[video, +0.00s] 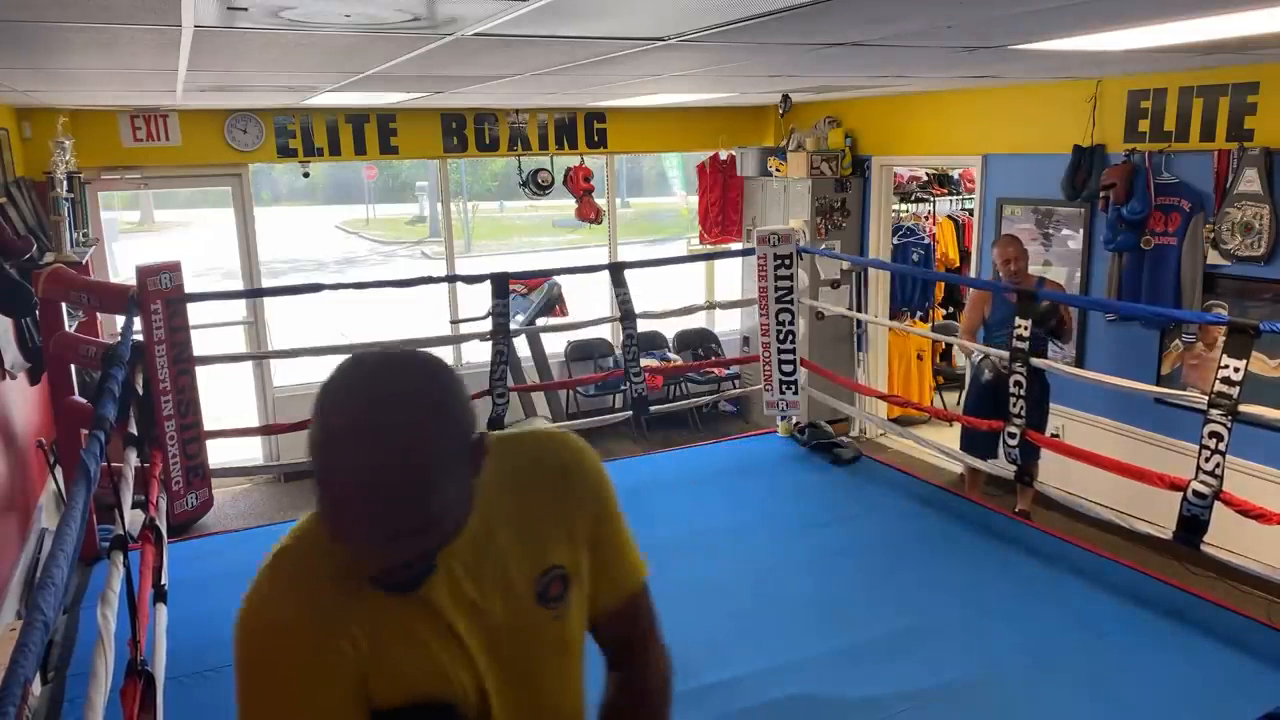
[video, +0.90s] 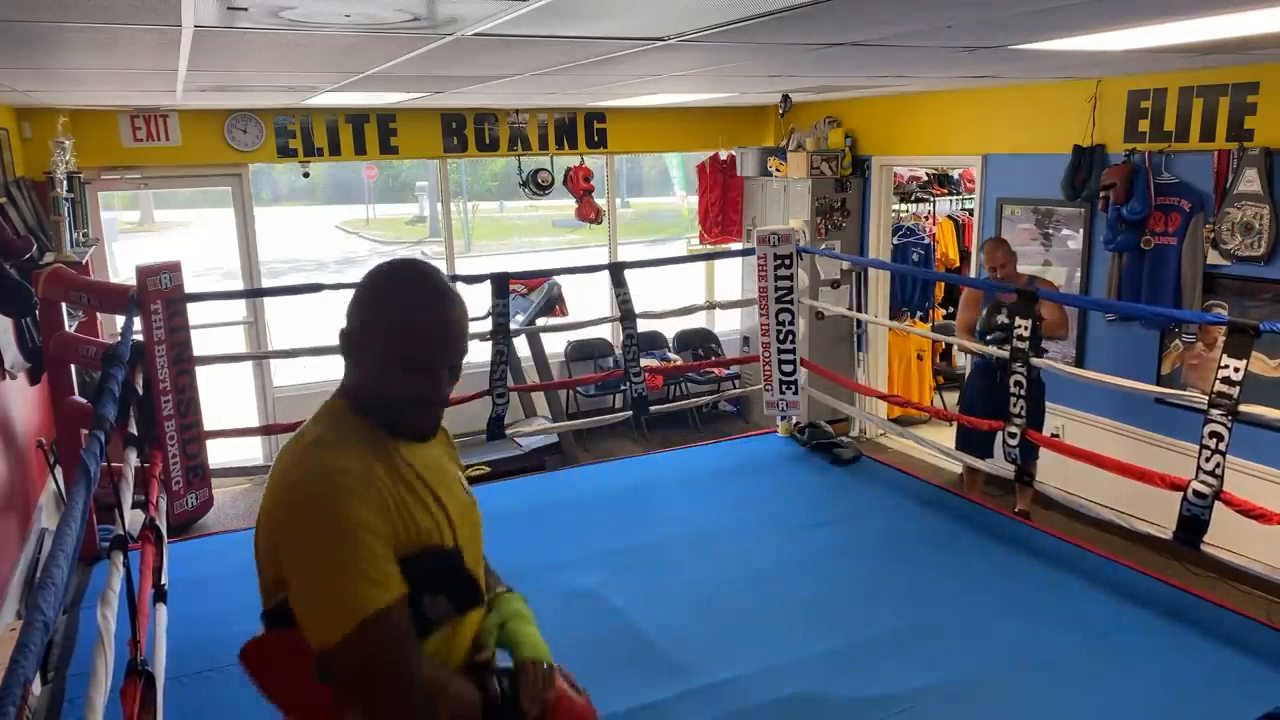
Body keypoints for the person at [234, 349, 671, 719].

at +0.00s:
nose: (378, 568)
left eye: (413, 548)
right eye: (351, 541)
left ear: (478, 461)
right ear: (318, 476)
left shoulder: (556, 473)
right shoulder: (287, 623)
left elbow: (636, 654)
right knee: (423, 705)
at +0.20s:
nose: (364, 576)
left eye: (395, 555)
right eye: (331, 547)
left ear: (452, 464)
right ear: (290, 473)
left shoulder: (517, 467)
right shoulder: (264, 629)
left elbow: (588, 626)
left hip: (523, 702)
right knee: (410, 708)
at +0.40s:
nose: (378, 525)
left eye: (410, 493)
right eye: (346, 490)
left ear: (453, 434)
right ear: (302, 428)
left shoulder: (487, 460)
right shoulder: (262, 604)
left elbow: (536, 607)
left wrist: (537, 708)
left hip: (504, 699)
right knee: (402, 696)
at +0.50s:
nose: (377, 500)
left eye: (409, 471)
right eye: (346, 471)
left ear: (451, 411)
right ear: (306, 410)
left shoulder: (477, 457)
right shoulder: (270, 584)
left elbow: (524, 595)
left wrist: (530, 702)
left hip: (496, 699)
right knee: (408, 681)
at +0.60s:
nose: (397, 457)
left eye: (420, 430)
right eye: (368, 433)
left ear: (451, 392)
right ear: (319, 395)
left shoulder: (462, 448)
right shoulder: (284, 550)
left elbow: (509, 571)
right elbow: (326, 706)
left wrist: (523, 676)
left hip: (494, 697)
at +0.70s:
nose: (415, 432)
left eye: (436, 407)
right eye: (389, 411)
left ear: (455, 384)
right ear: (330, 379)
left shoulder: (450, 443)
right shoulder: (298, 522)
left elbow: (494, 559)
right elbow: (342, 706)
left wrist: (522, 667)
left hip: (479, 694)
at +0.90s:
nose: (442, 390)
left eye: (454, 368)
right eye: (416, 369)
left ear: (464, 356)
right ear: (350, 348)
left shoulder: (423, 432)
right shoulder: (322, 481)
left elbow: (462, 562)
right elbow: (389, 688)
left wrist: (519, 631)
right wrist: (507, 698)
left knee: (571, 700)